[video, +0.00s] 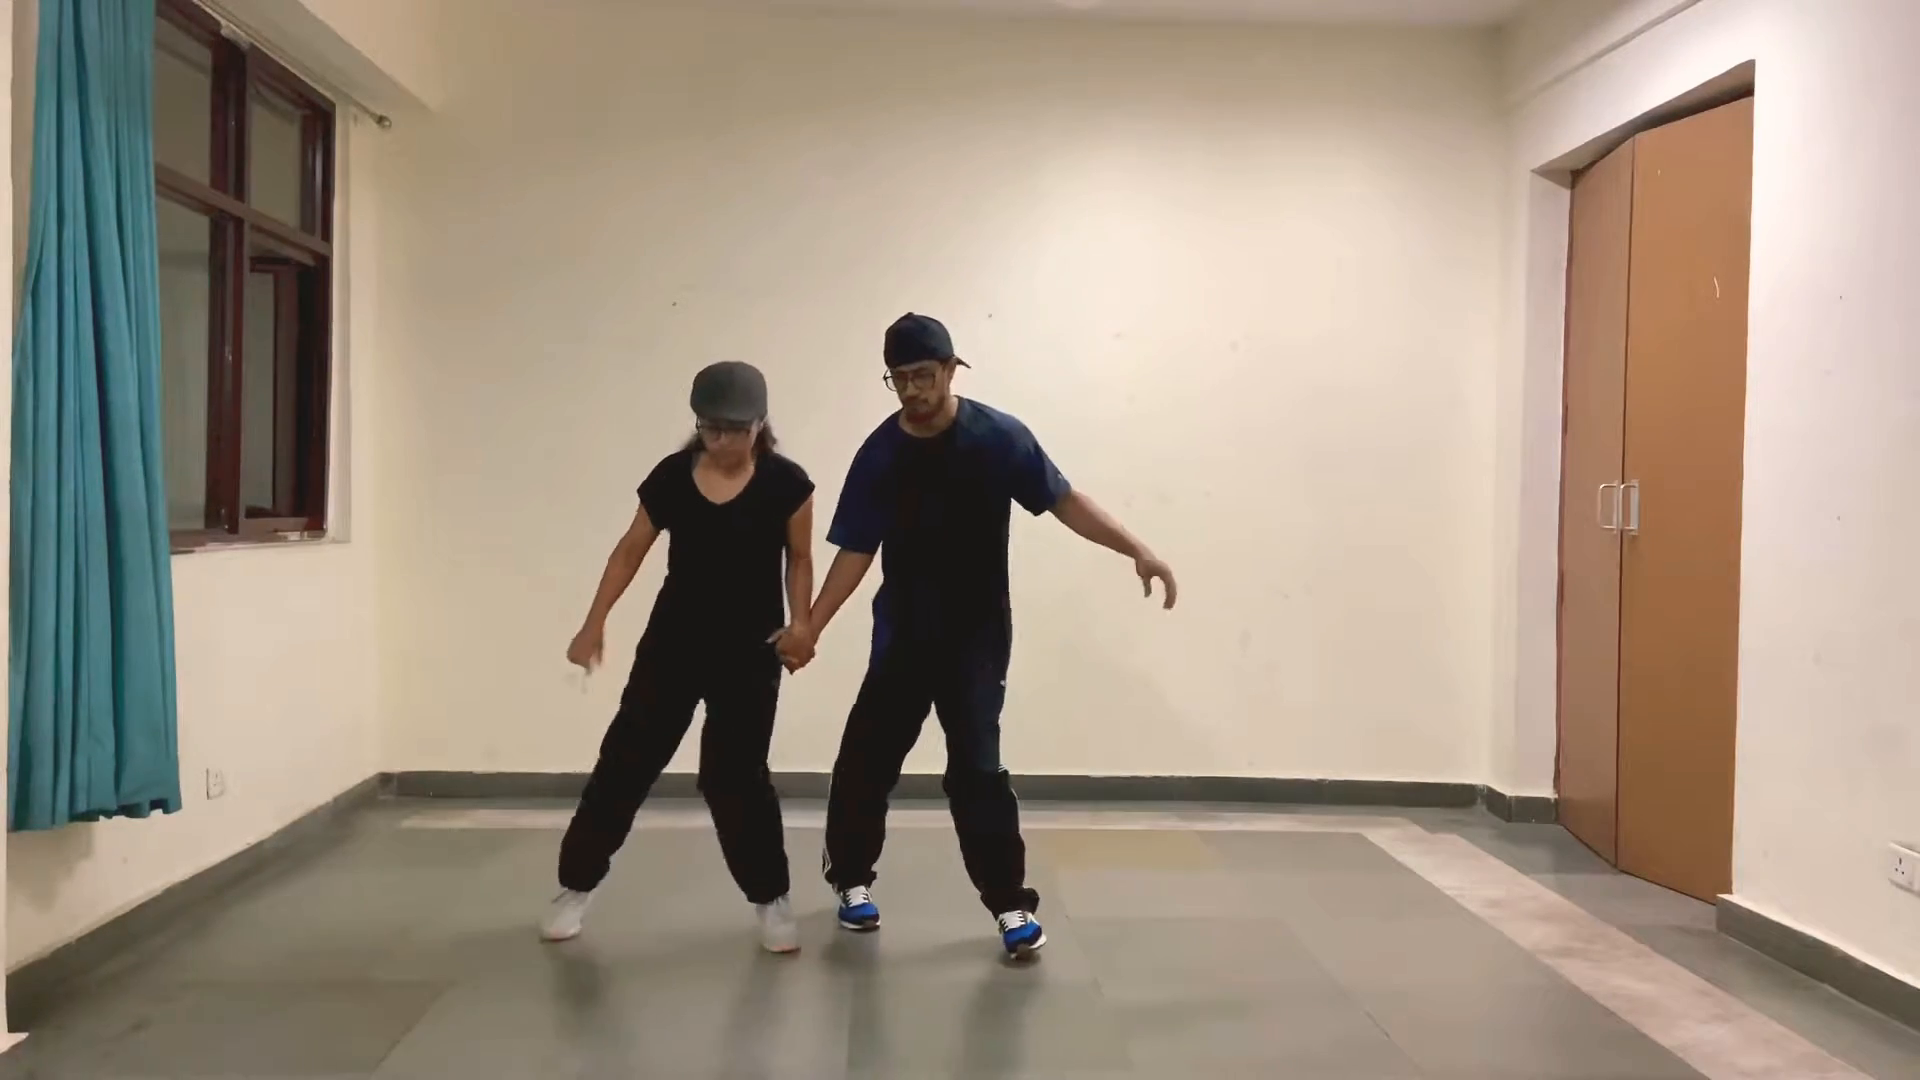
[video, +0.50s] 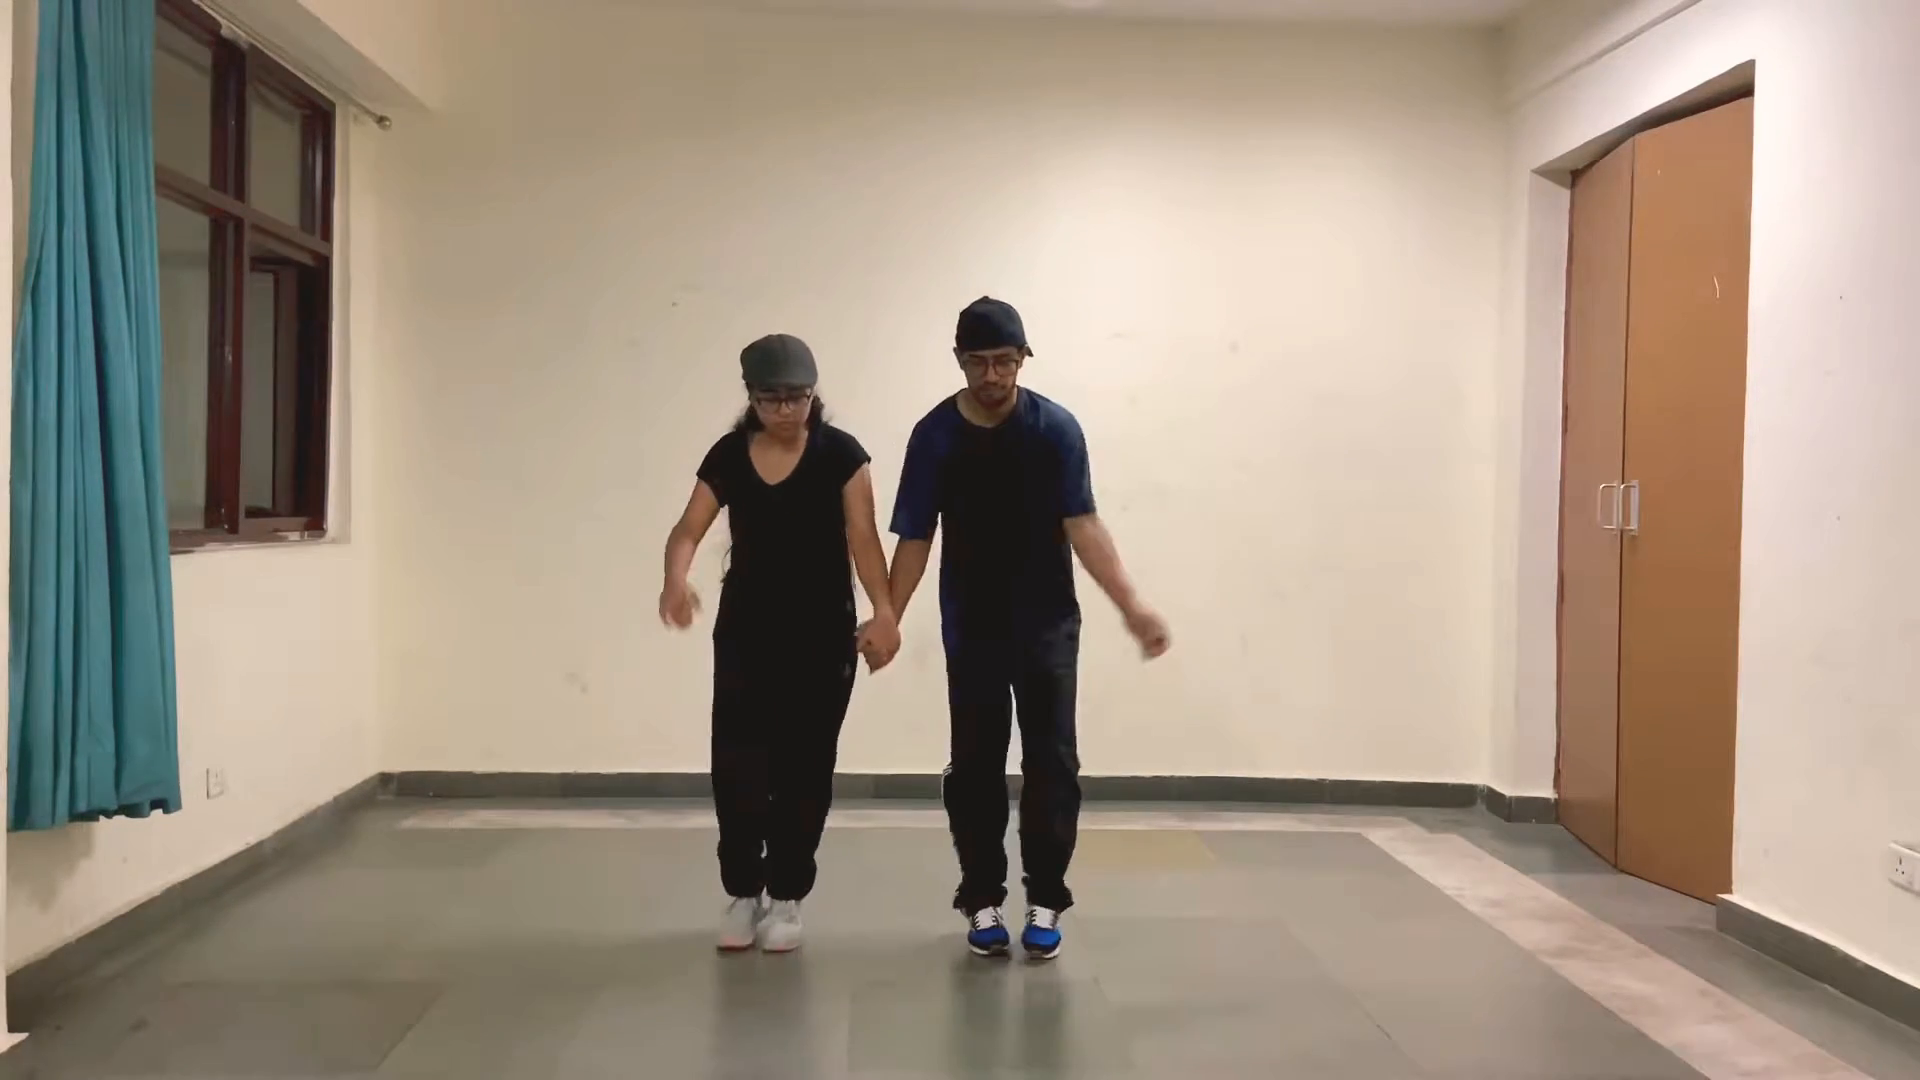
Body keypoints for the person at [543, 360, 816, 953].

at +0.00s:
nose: (726, 440)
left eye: (738, 428)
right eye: (715, 428)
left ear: (760, 425)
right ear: (699, 424)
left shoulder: (787, 485)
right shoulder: (673, 477)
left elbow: (800, 560)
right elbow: (630, 550)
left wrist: (801, 625)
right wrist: (595, 622)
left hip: (747, 651)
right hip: (674, 645)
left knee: (735, 775)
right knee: (625, 762)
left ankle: (771, 900)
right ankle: (576, 887)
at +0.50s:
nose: (787, 409)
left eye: (797, 397)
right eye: (774, 398)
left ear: (814, 393)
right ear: (752, 396)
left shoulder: (842, 456)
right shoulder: (730, 455)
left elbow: (863, 539)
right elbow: (689, 529)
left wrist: (884, 612)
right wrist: (676, 579)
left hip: (819, 630)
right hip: (747, 628)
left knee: (804, 761)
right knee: (738, 757)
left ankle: (785, 898)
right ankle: (741, 893)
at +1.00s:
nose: (850, 436)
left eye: (860, 424)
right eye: (837, 425)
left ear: (874, 419)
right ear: (813, 421)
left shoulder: (897, 472)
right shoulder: (783, 476)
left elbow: (943, 529)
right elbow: (737, 536)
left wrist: (968, 593)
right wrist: (729, 615)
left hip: (879, 654)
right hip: (803, 656)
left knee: (900, 777)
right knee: (782, 778)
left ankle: (935, 902)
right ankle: (768, 899)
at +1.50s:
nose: (805, 438)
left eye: (816, 426)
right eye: (791, 428)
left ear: (834, 416)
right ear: (770, 421)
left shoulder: (866, 464)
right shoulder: (753, 478)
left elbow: (904, 546)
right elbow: (725, 573)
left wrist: (938, 627)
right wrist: (705, 664)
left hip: (849, 645)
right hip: (775, 645)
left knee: (833, 772)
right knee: (769, 765)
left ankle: (809, 899)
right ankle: (764, 889)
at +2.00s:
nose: (772, 424)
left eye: (782, 412)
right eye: (759, 414)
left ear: (799, 410)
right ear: (737, 416)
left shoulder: (830, 469)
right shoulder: (718, 481)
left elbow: (869, 539)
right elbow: (713, 562)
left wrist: (882, 582)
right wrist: (696, 641)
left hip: (836, 643)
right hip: (759, 649)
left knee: (850, 771)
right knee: (764, 782)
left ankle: (811, 906)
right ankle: (807, 917)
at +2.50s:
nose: (752, 403)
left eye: (765, 394)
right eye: (740, 394)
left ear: (783, 408)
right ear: (719, 405)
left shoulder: (782, 483)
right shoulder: (677, 458)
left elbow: (814, 548)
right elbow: (613, 536)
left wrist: (843, 612)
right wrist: (595, 629)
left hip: (726, 635)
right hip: (652, 629)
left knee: (718, 742)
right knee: (653, 763)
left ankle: (699, 873)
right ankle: (668, 907)